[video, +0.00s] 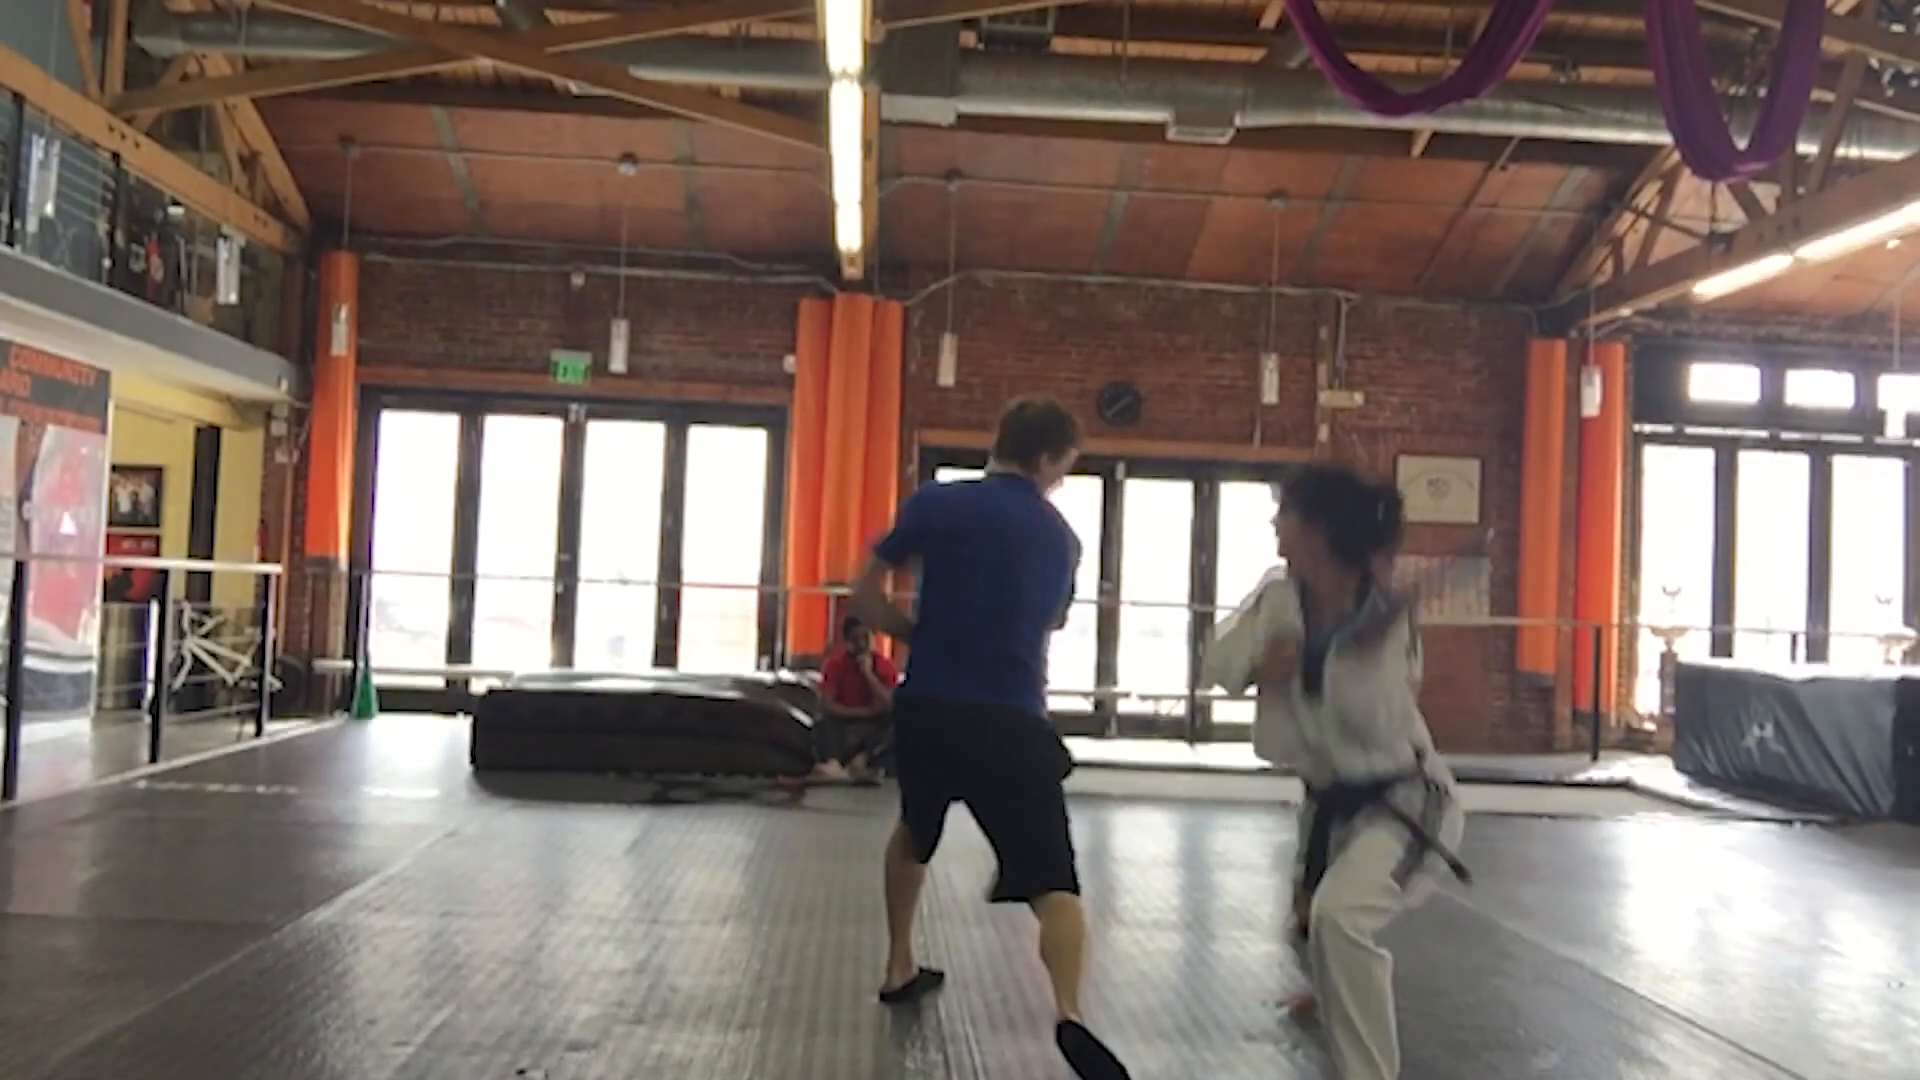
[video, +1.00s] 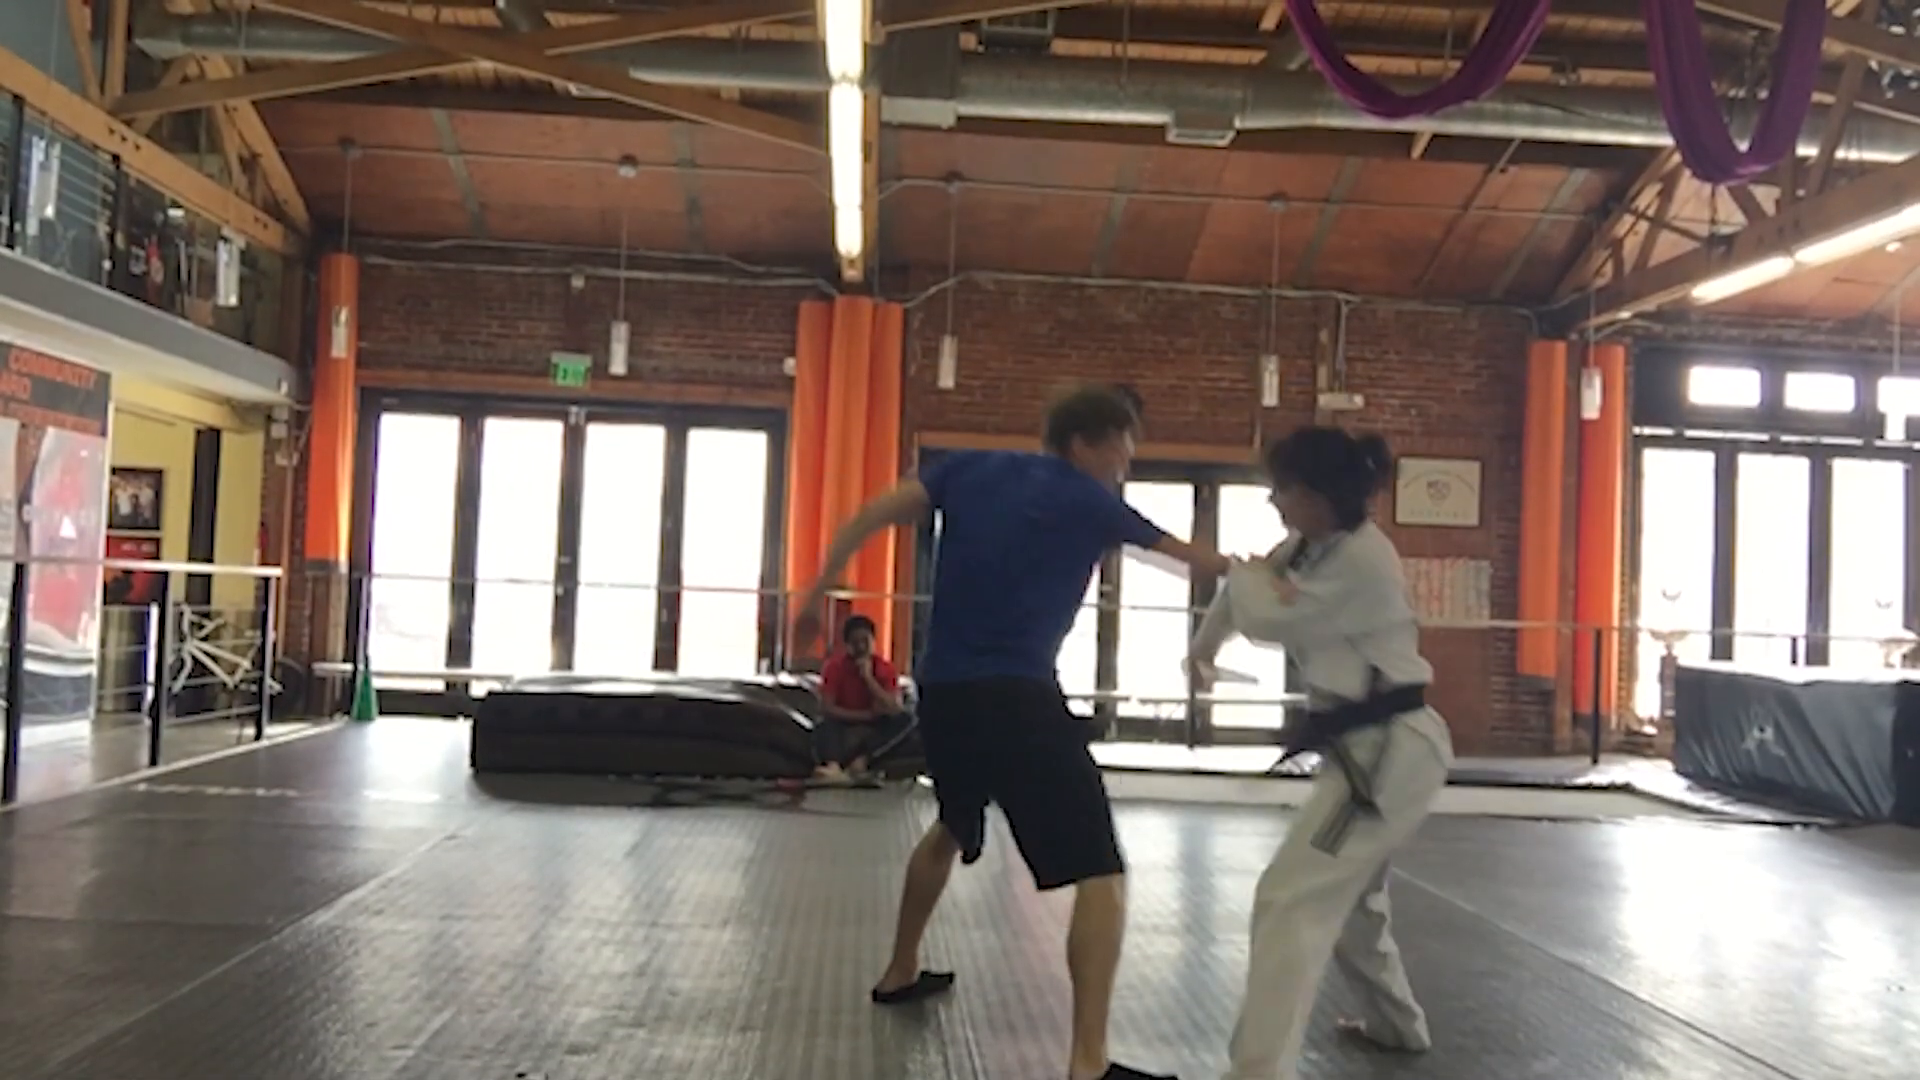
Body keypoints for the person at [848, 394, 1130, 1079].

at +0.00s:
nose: (1066, 474)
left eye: (1068, 462)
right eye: (1067, 462)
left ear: (1000, 448)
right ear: (1048, 459)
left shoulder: (938, 502)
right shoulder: (1059, 537)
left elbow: (865, 596)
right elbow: (1049, 621)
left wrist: (921, 633)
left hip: (927, 712)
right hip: (1012, 726)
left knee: (914, 828)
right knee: (1055, 886)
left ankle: (899, 969)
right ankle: (1070, 1017)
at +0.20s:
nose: (1068, 501)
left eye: (1071, 490)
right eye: (1067, 489)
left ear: (1005, 469)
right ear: (1041, 475)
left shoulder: (939, 505)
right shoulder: (1048, 534)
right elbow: (1035, 597)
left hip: (926, 712)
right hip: (1010, 719)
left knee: (921, 823)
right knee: (1078, 872)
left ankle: (900, 968)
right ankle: (1115, 1021)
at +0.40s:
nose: (1077, 448)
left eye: (1080, 437)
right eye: (1075, 436)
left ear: (1009, 424)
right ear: (1047, 428)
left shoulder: (936, 468)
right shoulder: (1059, 481)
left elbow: (846, 520)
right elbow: (1185, 493)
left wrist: (903, 576)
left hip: (930, 686)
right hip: (1012, 693)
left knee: (927, 813)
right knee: (1061, 862)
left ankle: (895, 965)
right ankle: (1090, 1050)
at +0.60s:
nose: (1074, 426)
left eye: (1074, 416)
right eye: (1071, 415)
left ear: (997, 413)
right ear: (1048, 417)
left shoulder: (942, 468)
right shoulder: (1067, 482)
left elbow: (828, 491)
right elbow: (1177, 492)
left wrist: (828, 548)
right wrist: (1268, 487)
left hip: (944, 694)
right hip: (1031, 701)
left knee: (923, 828)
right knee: (1065, 869)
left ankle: (894, 971)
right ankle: (1092, 1050)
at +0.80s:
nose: (1088, 427)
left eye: (1089, 415)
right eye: (1084, 413)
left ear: (1016, 409)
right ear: (1054, 411)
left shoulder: (951, 458)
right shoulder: (1080, 472)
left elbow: (834, 481)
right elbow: (1199, 480)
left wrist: (778, 548)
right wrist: (1283, 470)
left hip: (955, 689)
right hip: (1039, 694)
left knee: (934, 826)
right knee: (1072, 868)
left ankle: (894, 973)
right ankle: (1085, 1057)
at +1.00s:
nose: (1127, 470)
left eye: (1129, 458)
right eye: (1124, 455)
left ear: (1054, 441)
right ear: (1087, 443)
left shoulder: (970, 470)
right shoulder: (1093, 501)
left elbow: (874, 511)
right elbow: (1193, 560)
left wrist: (814, 589)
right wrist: (1247, 571)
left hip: (943, 694)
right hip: (1021, 698)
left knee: (950, 825)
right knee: (1101, 872)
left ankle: (899, 972)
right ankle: (1090, 1061)